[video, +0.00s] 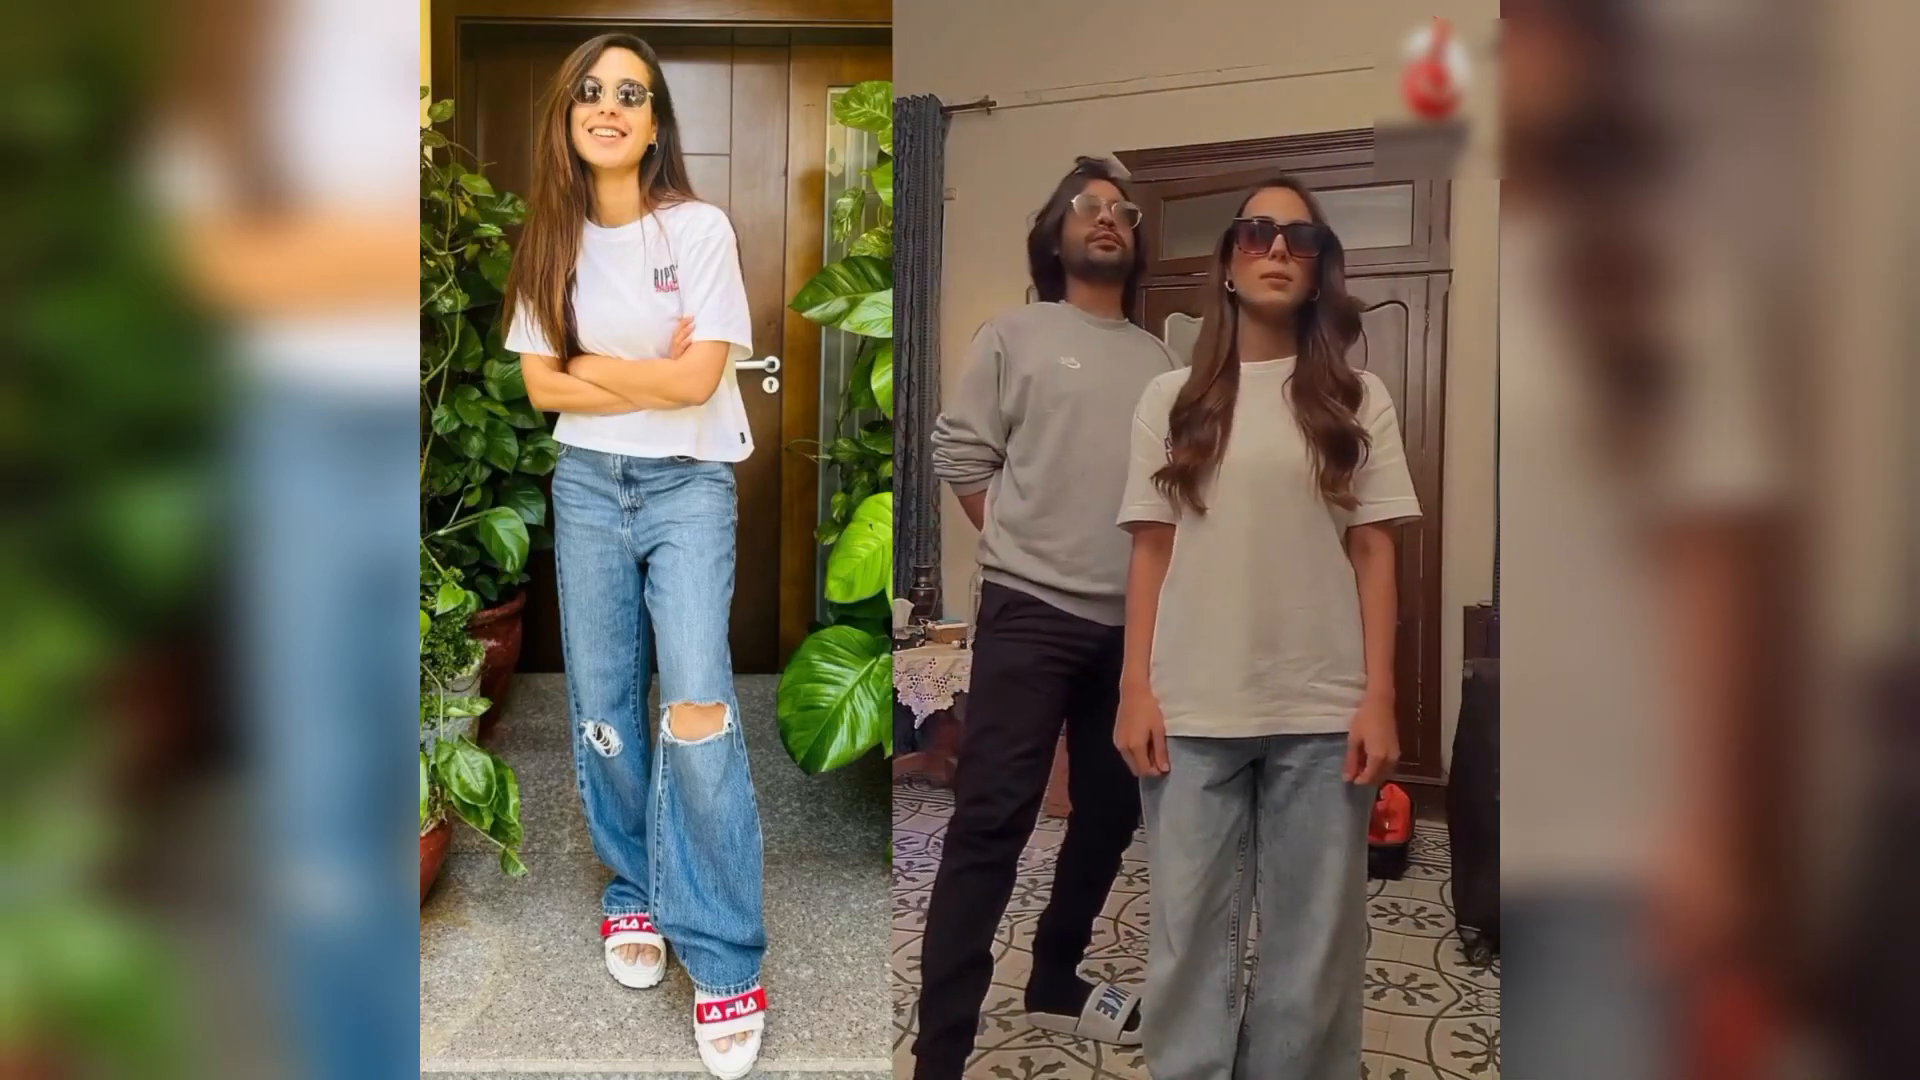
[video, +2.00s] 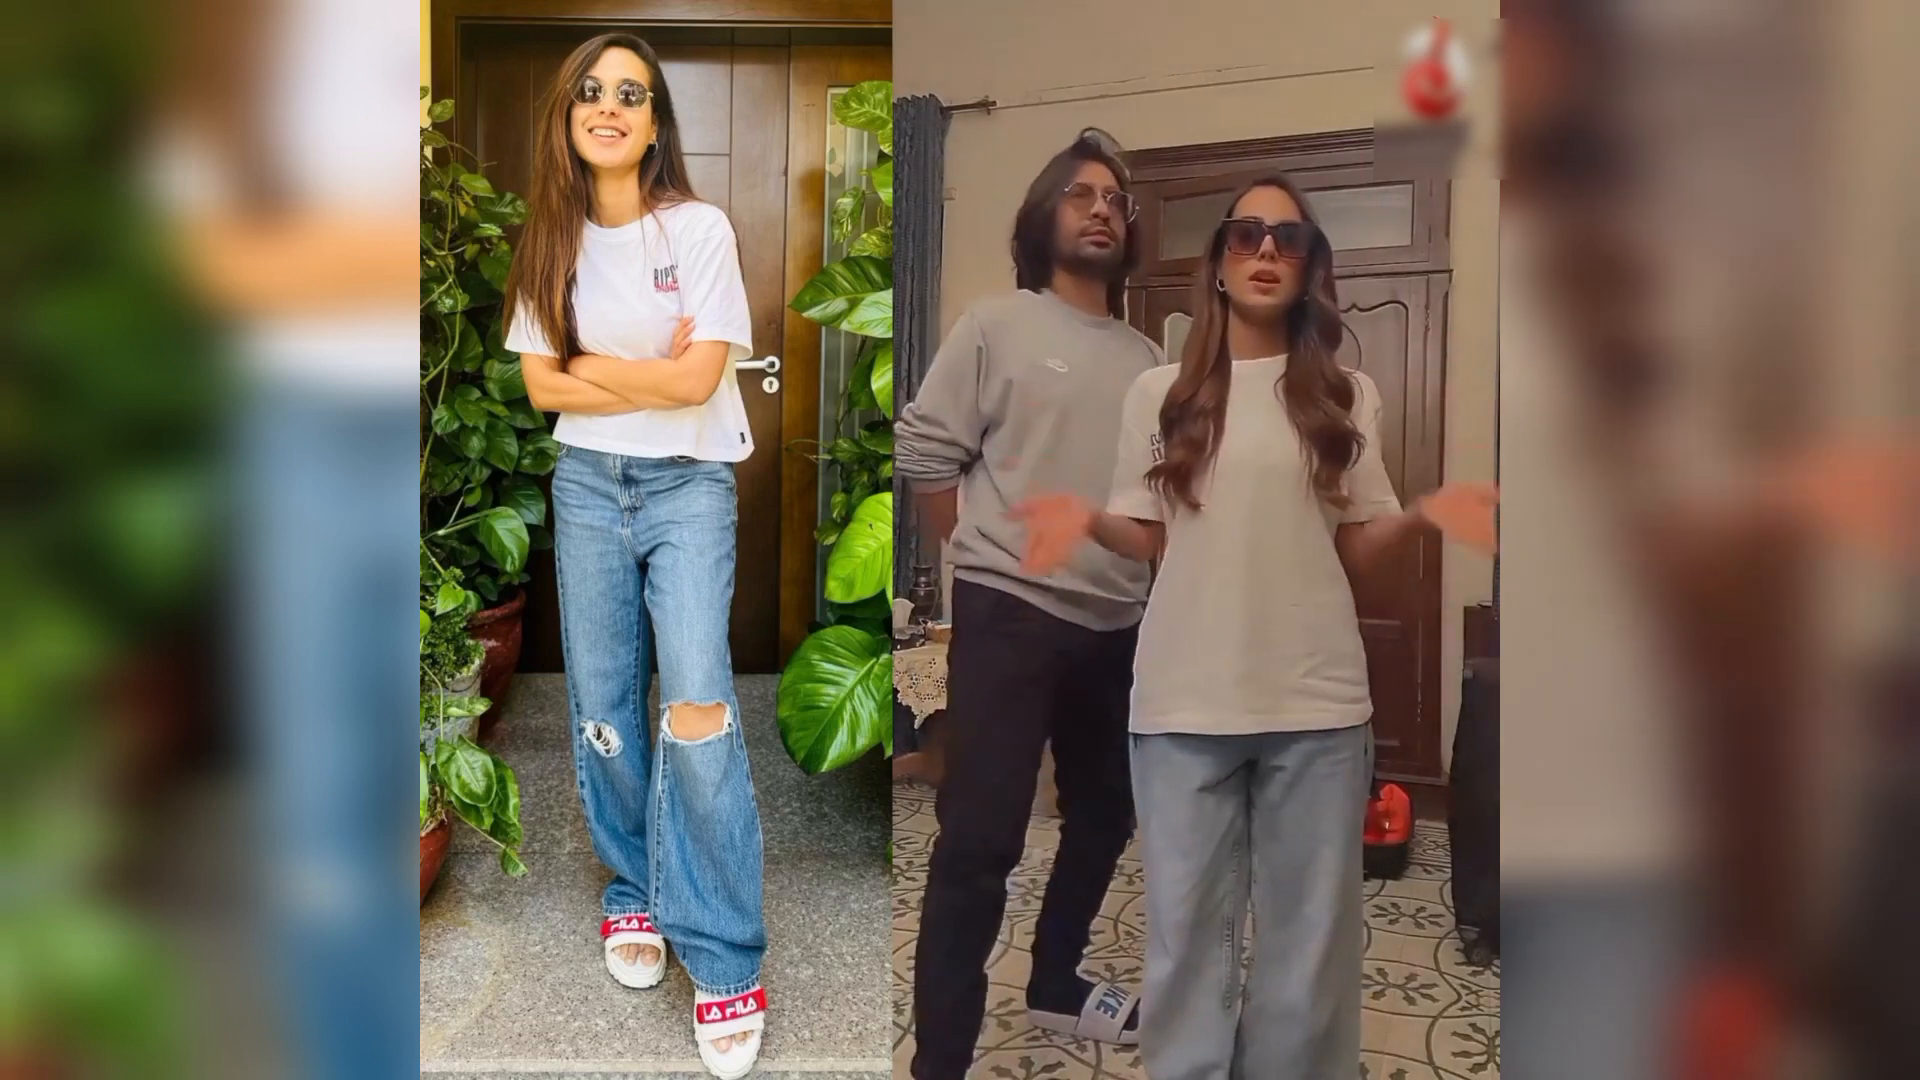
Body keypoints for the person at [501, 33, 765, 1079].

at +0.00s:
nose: (610, 111)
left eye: (630, 97)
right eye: (593, 95)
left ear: (656, 121)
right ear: (566, 117)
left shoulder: (699, 225)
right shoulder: (549, 240)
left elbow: (698, 378)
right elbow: (541, 385)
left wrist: (576, 362)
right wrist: (662, 379)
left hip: (689, 482)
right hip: (585, 484)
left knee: (694, 709)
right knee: (603, 708)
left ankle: (724, 958)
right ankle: (631, 891)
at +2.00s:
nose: (610, 111)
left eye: (629, 97)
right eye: (593, 95)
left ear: (656, 122)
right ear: (566, 117)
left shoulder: (699, 226)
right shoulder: (549, 239)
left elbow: (698, 378)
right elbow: (540, 385)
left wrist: (576, 362)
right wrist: (662, 378)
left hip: (689, 481)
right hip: (584, 483)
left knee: (695, 709)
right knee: (602, 708)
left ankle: (724, 955)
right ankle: (631, 890)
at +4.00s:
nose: (609, 111)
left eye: (629, 98)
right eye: (592, 95)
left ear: (656, 122)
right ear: (565, 117)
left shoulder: (699, 226)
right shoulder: (550, 239)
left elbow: (699, 378)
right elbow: (540, 385)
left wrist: (578, 363)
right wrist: (662, 377)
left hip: (689, 482)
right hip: (584, 484)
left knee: (694, 709)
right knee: (602, 706)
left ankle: (724, 956)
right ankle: (632, 891)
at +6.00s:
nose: (610, 111)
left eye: (630, 97)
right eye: (593, 95)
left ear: (656, 121)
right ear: (566, 117)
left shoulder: (699, 226)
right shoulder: (549, 240)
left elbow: (698, 378)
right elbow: (540, 385)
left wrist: (577, 363)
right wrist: (662, 378)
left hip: (689, 482)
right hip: (584, 484)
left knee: (694, 708)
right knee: (603, 707)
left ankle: (724, 956)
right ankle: (631, 891)